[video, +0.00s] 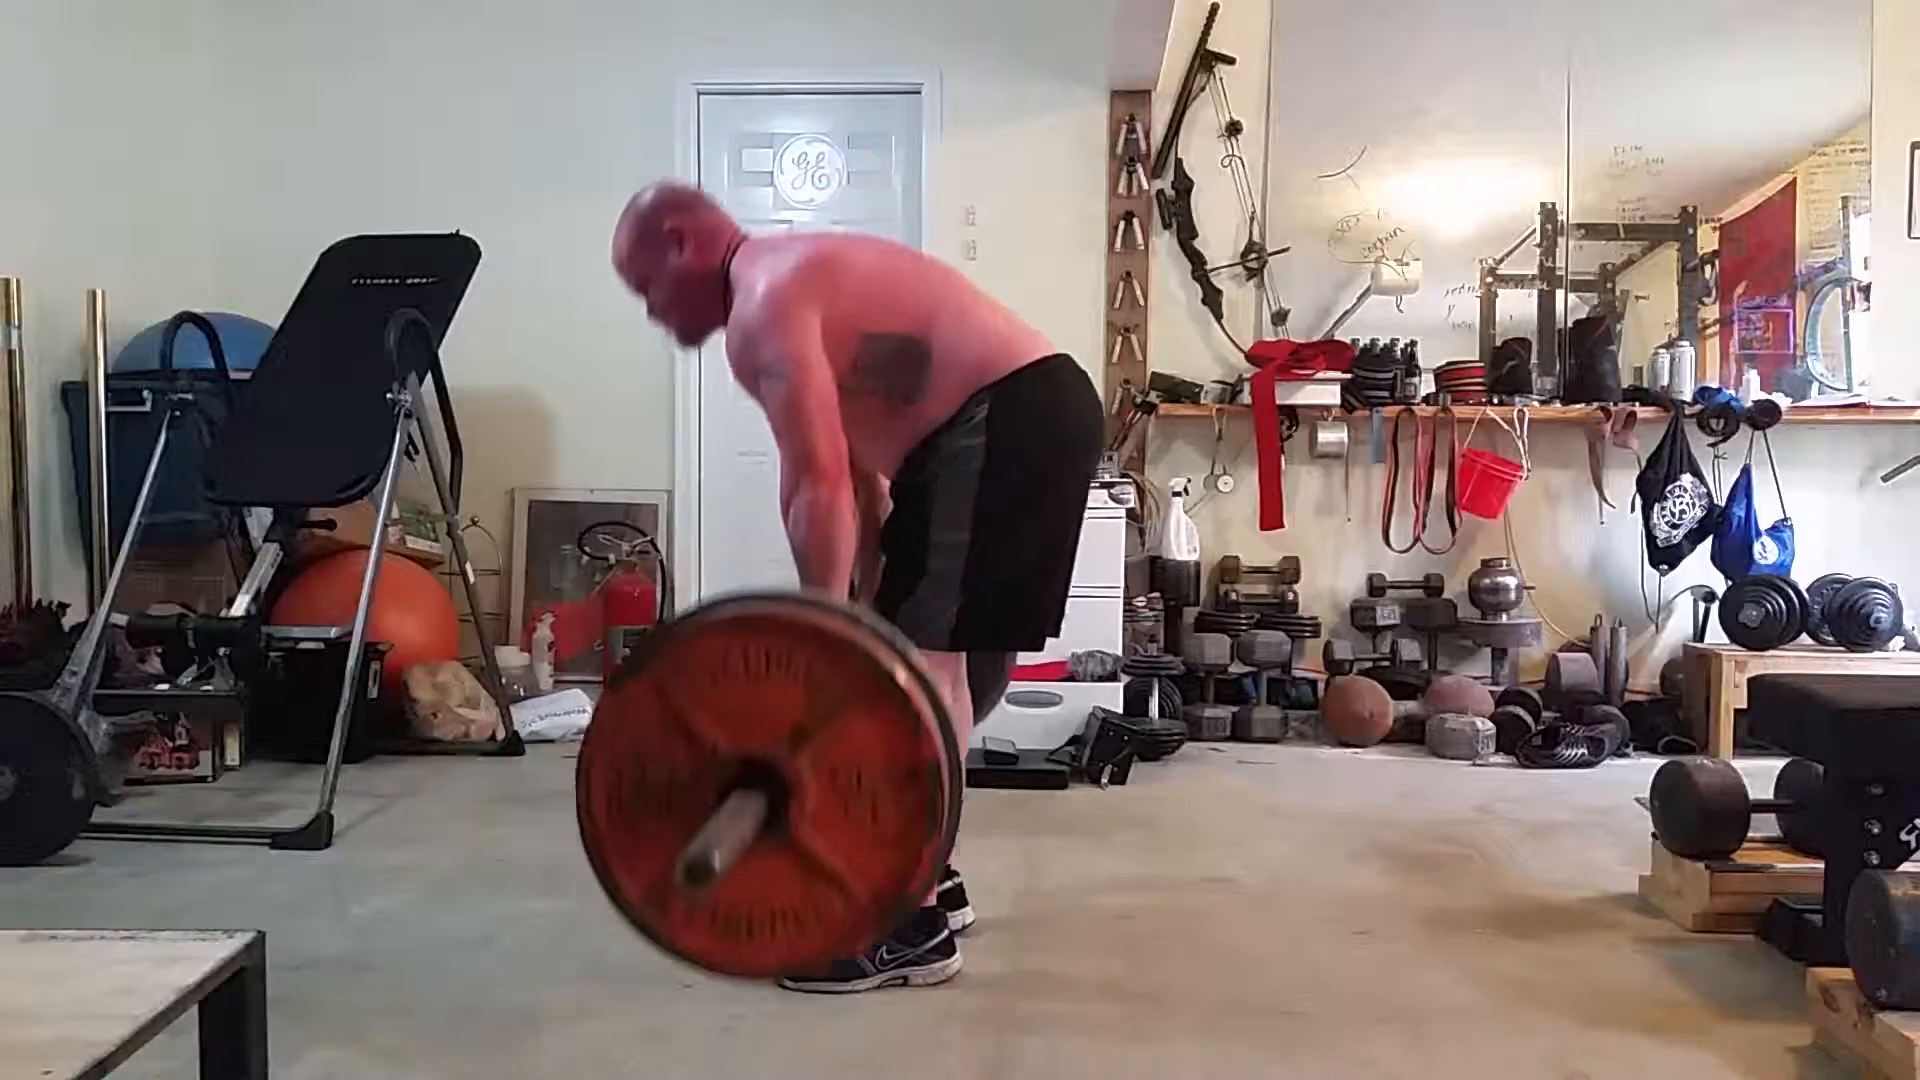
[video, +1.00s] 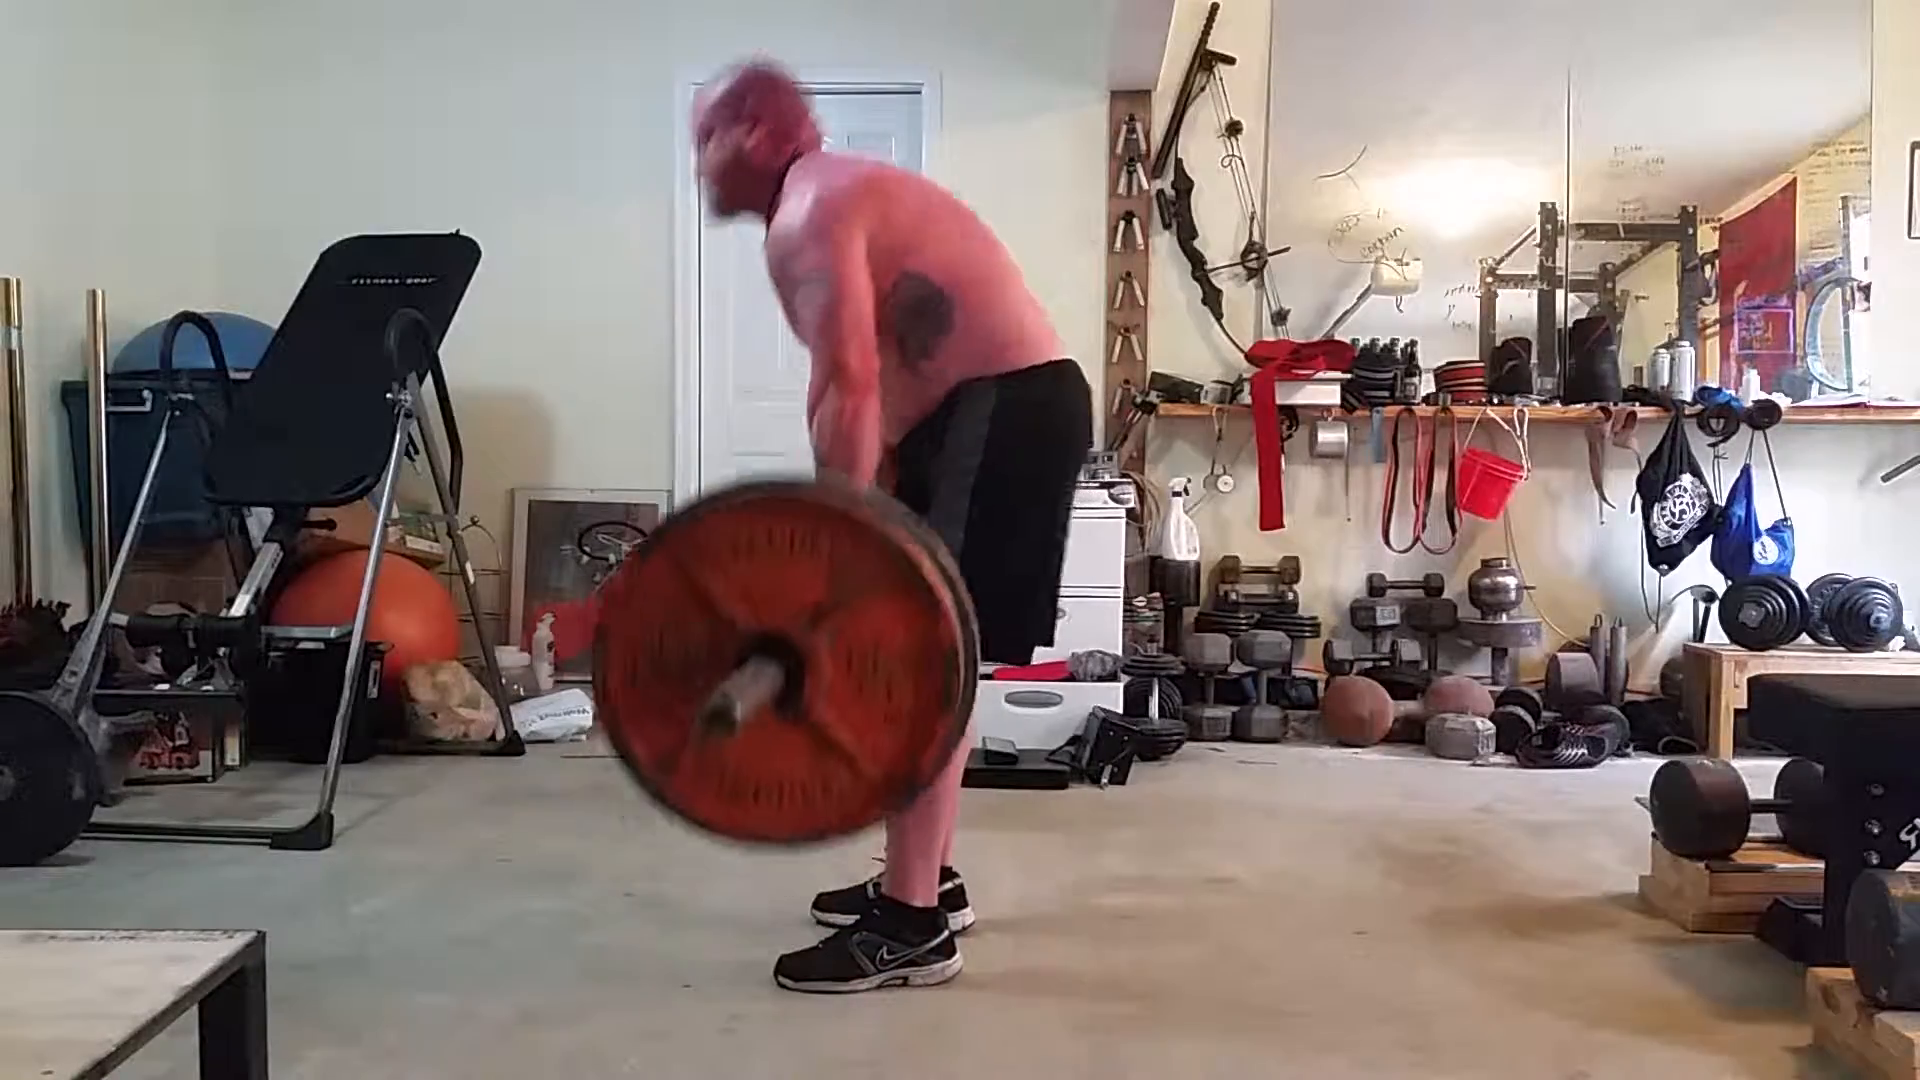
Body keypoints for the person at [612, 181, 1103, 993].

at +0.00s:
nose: (652, 313)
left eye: (648, 289)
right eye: (642, 297)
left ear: (688, 245)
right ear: (696, 242)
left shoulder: (768, 301)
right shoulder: (781, 291)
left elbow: (819, 486)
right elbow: (863, 490)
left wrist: (815, 655)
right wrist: (844, 640)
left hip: (1004, 419)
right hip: (982, 423)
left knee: (922, 662)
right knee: (918, 660)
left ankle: (905, 920)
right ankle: (920, 881)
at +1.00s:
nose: (696, 164)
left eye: (706, 140)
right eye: (696, 143)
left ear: (757, 130)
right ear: (773, 134)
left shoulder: (814, 204)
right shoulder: (827, 202)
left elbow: (851, 385)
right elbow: (835, 390)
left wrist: (829, 557)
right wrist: (827, 551)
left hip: (997, 412)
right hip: (969, 413)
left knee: (929, 657)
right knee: (917, 648)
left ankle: (914, 918)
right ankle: (919, 883)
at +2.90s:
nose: (651, 377)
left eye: (643, 353)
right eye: (638, 361)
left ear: (676, 307)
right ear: (687, 302)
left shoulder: (761, 367)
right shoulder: (786, 337)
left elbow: (815, 539)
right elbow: (862, 527)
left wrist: (821, 704)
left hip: (1005, 429)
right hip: (1034, 414)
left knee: (897, 665)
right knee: (933, 667)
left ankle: (917, 923)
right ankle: (932, 899)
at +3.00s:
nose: (654, 331)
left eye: (649, 308)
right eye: (644, 315)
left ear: (688, 268)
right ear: (701, 262)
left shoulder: (768, 329)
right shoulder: (784, 313)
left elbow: (819, 502)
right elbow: (866, 515)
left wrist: (819, 663)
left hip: (1010, 424)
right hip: (1011, 421)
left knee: (911, 668)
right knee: (932, 668)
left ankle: (909, 922)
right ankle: (925, 889)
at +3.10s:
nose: (663, 279)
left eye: (661, 252)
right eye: (655, 260)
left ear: (706, 215)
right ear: (713, 214)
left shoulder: (781, 282)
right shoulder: (797, 278)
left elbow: (826, 466)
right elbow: (867, 478)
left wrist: (810, 635)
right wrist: (842, 646)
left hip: (1010, 418)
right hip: (992, 420)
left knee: (922, 665)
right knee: (923, 659)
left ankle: (910, 913)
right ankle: (922, 875)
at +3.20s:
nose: (676, 216)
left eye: (678, 190)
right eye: (671, 195)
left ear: (730, 168)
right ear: (746, 166)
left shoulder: (796, 236)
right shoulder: (817, 226)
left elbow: (833, 419)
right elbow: (863, 426)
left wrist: (817, 586)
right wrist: (849, 561)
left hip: (999, 414)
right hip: (985, 418)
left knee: (920, 658)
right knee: (920, 651)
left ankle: (912, 912)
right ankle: (922, 875)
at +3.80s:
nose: (809, 12)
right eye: (814, 0)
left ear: (862, 6)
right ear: (898, 14)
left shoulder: (893, 87)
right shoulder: (899, 95)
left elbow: (878, 275)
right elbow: (869, 283)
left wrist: (818, 431)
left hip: (937, 399)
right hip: (940, 398)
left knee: (905, 647)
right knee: (907, 646)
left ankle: (910, 916)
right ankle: (923, 878)